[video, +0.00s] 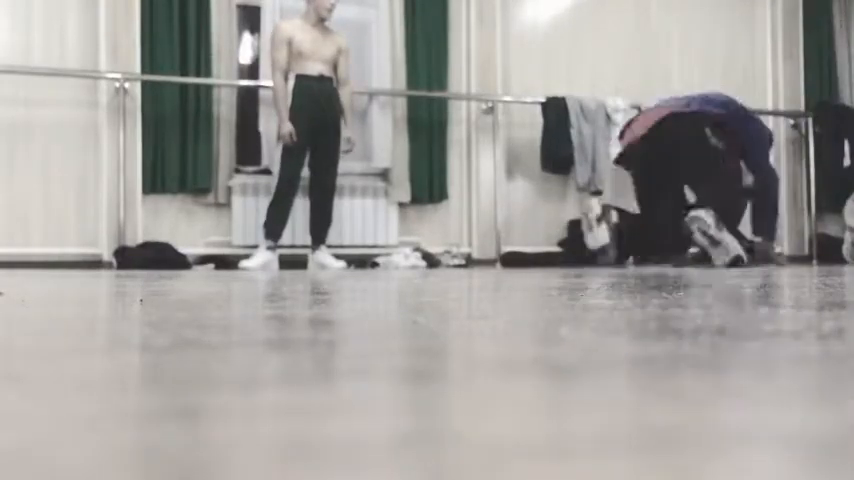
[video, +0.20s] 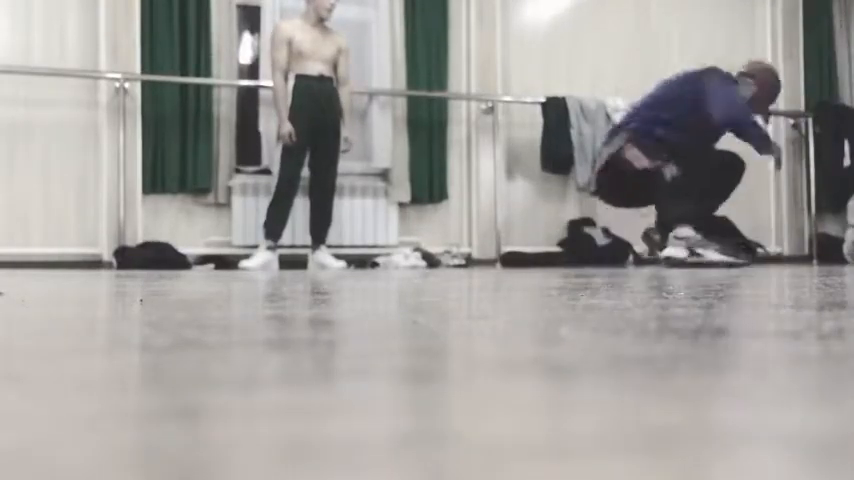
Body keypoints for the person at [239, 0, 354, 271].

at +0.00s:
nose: (331, 5)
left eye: (333, 2)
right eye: (327, 1)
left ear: (331, 8)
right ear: (312, 2)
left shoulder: (337, 40)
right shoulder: (286, 30)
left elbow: (343, 84)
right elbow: (279, 76)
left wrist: (347, 126)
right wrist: (283, 119)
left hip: (328, 100)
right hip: (299, 97)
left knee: (324, 180)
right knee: (288, 178)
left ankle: (319, 250)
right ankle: (268, 248)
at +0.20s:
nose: (331, 5)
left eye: (333, 2)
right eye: (326, 1)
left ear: (331, 7)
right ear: (311, 2)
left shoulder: (337, 40)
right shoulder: (286, 29)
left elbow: (343, 84)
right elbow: (279, 76)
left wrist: (345, 127)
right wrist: (283, 119)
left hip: (329, 100)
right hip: (299, 97)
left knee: (324, 180)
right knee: (288, 177)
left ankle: (319, 250)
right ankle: (268, 248)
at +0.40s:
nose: (331, 6)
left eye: (333, 2)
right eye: (326, 1)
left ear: (331, 7)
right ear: (311, 2)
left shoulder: (337, 40)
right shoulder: (286, 30)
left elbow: (343, 84)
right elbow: (279, 76)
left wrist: (345, 127)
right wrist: (283, 119)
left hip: (329, 100)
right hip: (299, 97)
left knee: (324, 180)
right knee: (288, 177)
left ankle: (319, 250)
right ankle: (268, 248)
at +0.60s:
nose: (329, 6)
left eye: (332, 2)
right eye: (325, 1)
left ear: (332, 7)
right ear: (310, 2)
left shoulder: (337, 40)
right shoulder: (286, 30)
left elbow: (343, 84)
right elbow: (278, 76)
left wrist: (346, 125)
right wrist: (283, 119)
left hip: (328, 101)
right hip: (299, 98)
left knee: (324, 180)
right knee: (288, 177)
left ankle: (319, 251)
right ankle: (268, 248)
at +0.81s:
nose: (329, 6)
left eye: (332, 3)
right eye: (325, 1)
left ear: (332, 7)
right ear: (310, 2)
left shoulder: (337, 40)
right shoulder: (286, 29)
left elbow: (342, 84)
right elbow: (279, 75)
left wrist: (346, 126)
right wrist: (283, 118)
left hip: (328, 101)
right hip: (299, 97)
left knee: (324, 179)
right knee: (288, 177)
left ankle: (319, 251)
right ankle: (268, 248)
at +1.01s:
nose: (329, 6)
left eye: (332, 3)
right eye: (325, 1)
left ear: (331, 7)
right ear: (310, 2)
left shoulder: (336, 39)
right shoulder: (285, 30)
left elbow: (342, 83)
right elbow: (278, 76)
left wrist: (346, 126)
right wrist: (283, 120)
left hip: (328, 99)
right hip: (299, 96)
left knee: (325, 180)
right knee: (288, 178)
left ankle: (319, 251)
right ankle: (268, 248)